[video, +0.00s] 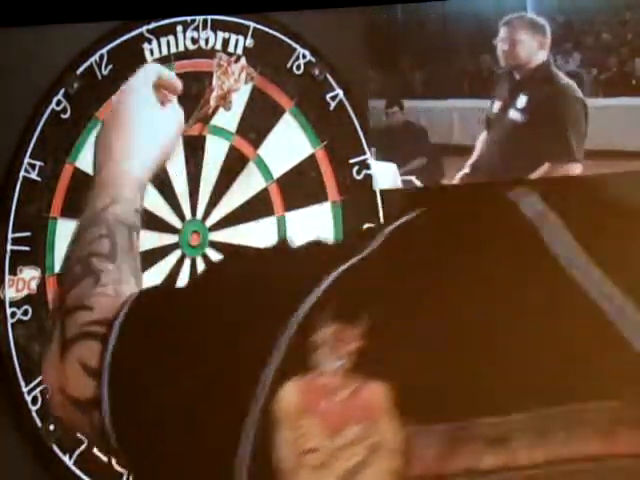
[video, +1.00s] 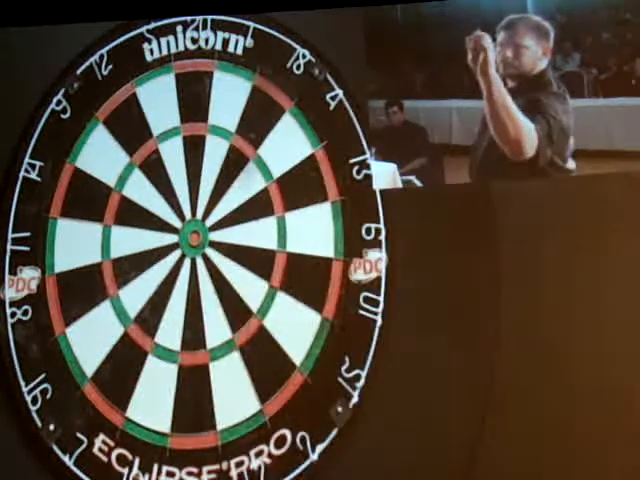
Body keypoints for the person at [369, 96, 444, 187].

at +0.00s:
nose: (391, 117)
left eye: (394, 113)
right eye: (388, 114)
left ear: (402, 113)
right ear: (385, 116)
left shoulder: (417, 131)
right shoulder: (383, 133)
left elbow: (422, 159)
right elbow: (377, 157)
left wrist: (398, 172)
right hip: (389, 180)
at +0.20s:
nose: (390, 117)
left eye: (394, 113)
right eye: (388, 114)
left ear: (402, 113)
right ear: (385, 115)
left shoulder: (417, 130)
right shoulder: (382, 133)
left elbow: (422, 159)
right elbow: (379, 155)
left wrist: (399, 172)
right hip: (388, 178)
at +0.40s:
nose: (391, 117)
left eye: (394, 113)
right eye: (388, 114)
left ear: (403, 113)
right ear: (385, 115)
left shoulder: (418, 131)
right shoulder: (383, 132)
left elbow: (422, 159)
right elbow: (377, 154)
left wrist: (399, 172)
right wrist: (381, 170)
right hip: (388, 180)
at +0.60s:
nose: (391, 117)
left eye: (394, 113)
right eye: (388, 114)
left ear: (403, 112)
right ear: (385, 116)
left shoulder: (418, 131)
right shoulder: (383, 132)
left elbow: (422, 159)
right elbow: (379, 155)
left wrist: (399, 173)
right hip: (388, 178)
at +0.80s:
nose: (391, 118)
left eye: (394, 113)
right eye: (388, 115)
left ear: (402, 113)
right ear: (386, 117)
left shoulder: (418, 131)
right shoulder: (383, 133)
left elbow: (423, 158)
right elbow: (379, 155)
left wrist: (399, 173)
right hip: (389, 180)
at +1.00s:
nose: (391, 117)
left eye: (394, 113)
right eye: (388, 114)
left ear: (402, 113)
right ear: (386, 116)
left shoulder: (417, 131)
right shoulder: (384, 132)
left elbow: (423, 159)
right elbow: (379, 154)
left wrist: (399, 172)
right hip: (389, 178)